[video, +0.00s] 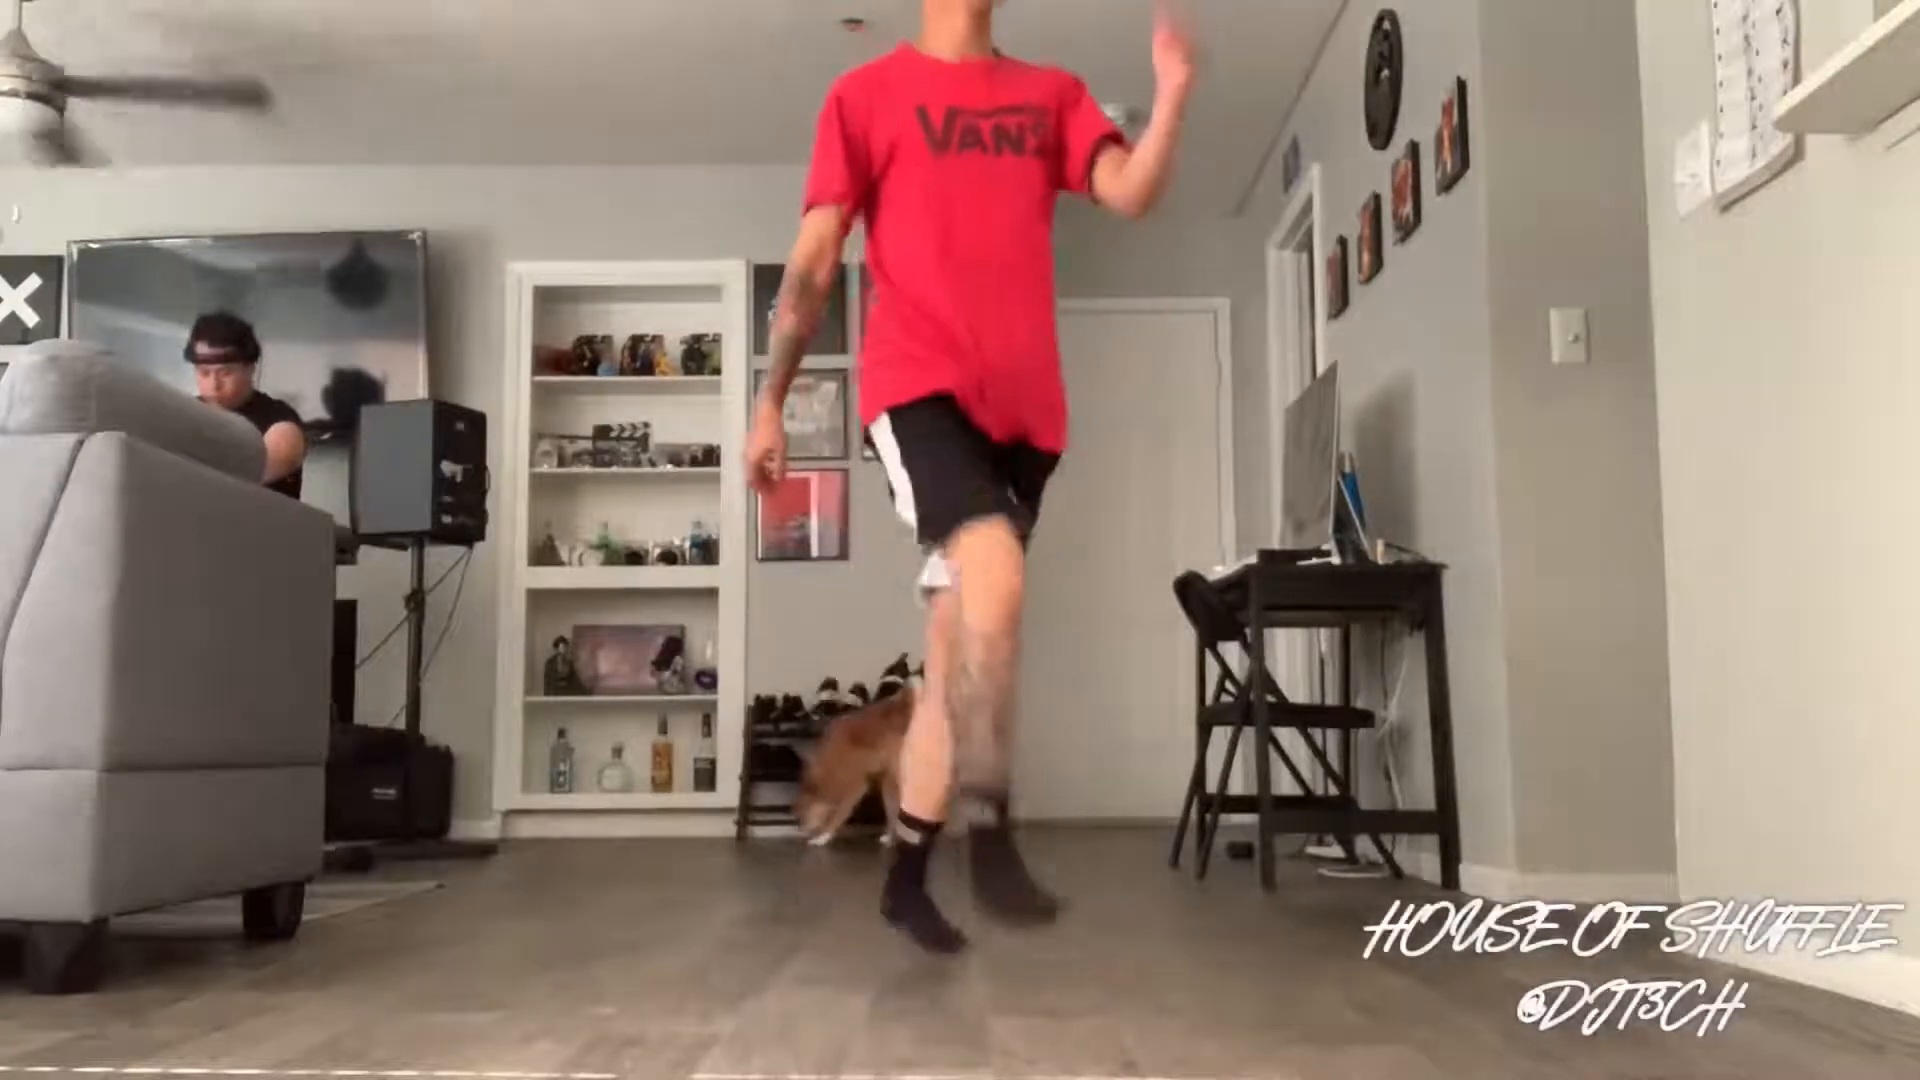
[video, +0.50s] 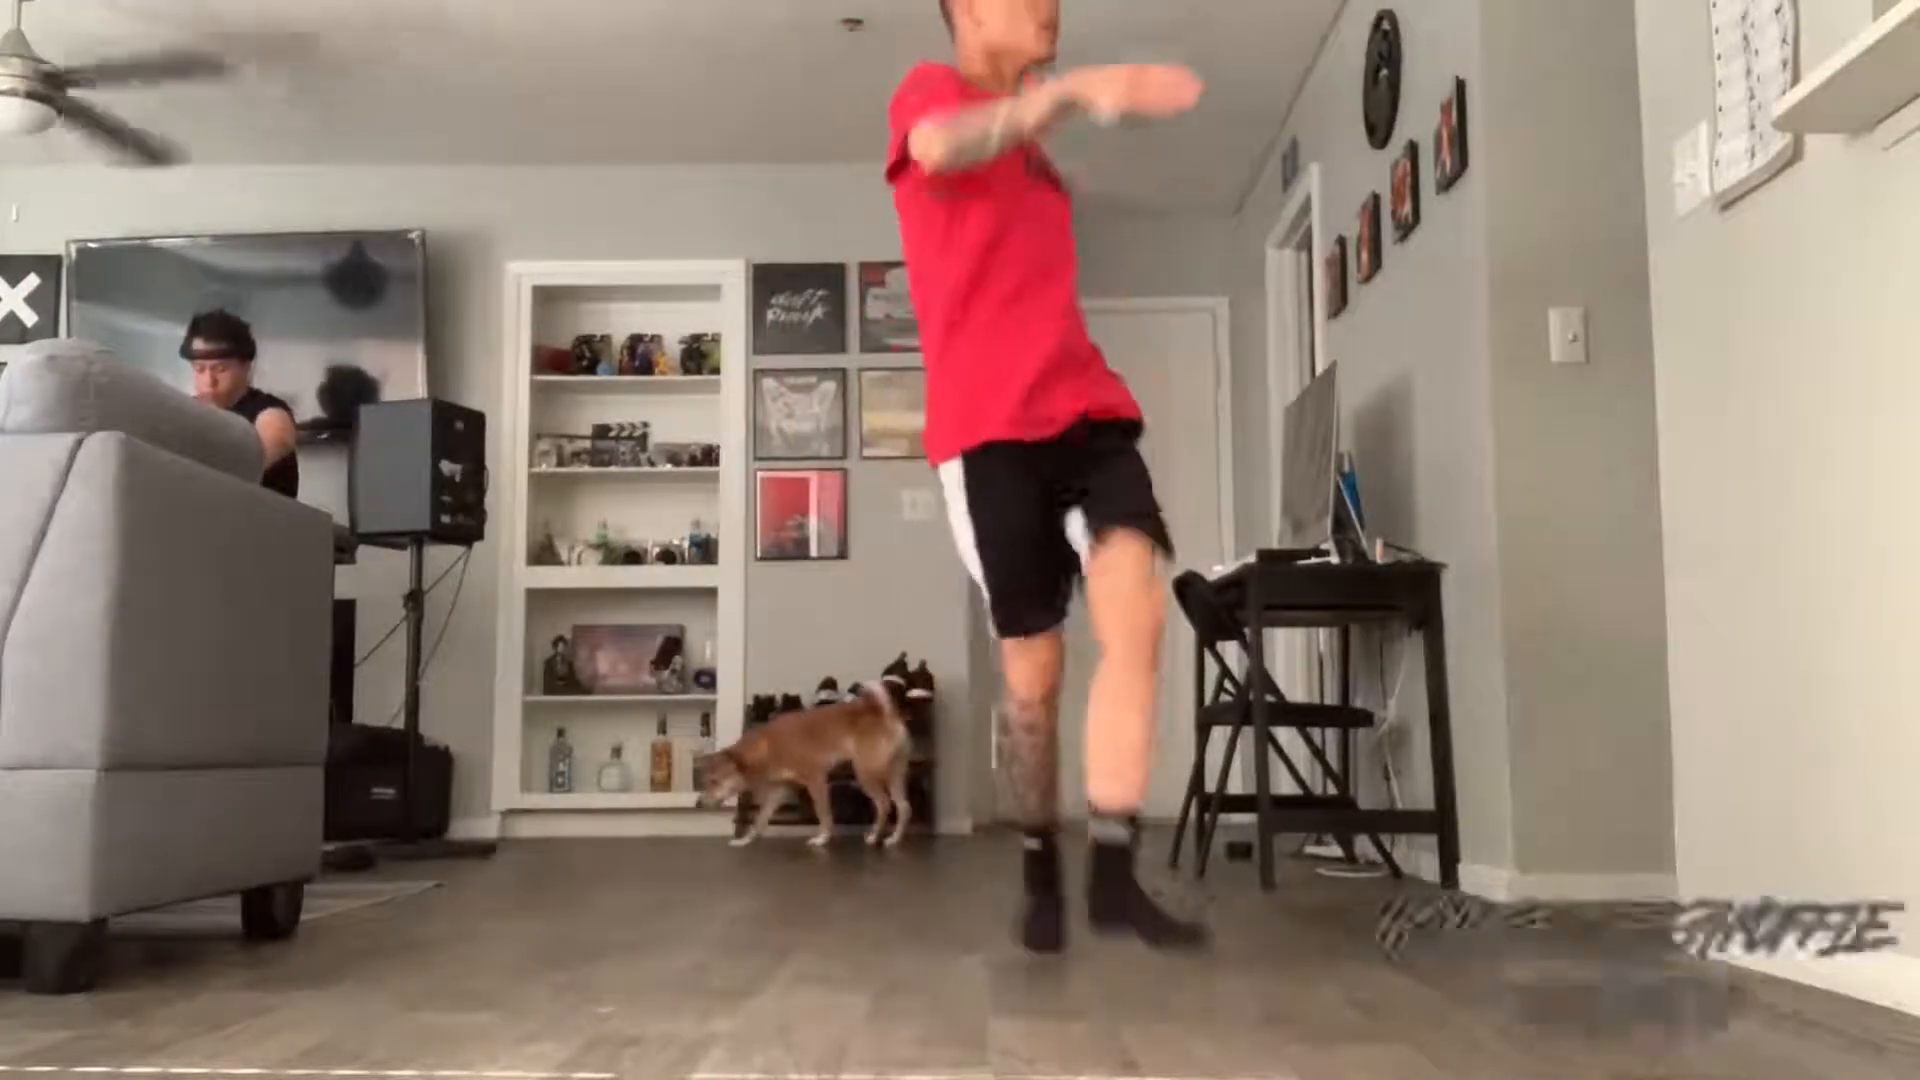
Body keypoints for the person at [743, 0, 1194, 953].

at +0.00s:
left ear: (983, 1)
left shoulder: (1051, 92)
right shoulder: (864, 95)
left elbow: (1129, 191)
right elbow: (812, 265)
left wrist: (1170, 98)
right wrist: (769, 404)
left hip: (1023, 392)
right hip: (914, 381)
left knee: (959, 642)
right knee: (994, 579)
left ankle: (906, 875)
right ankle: (990, 828)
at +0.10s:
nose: (993, 13)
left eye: (1002, 2)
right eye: (969, 0)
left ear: (1012, 24)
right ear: (915, 18)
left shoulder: (1051, 149)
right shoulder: (872, 154)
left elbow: (1174, 187)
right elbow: (803, 308)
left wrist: (1198, 62)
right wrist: (753, 445)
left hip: (1042, 449)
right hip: (938, 446)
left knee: (967, 678)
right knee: (1015, 663)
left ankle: (916, 888)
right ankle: (1019, 932)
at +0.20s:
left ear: (1009, 8)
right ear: (930, 4)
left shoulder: (1051, 104)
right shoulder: (879, 108)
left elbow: (1130, 209)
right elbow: (848, 278)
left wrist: (1203, 212)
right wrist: (845, 412)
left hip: (1053, 411)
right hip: (948, 416)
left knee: (1025, 672)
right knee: (983, 663)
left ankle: (928, 835)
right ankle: (1001, 915)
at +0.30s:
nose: (1013, 2)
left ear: (1022, 16)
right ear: (939, 7)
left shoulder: (1056, 132)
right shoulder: (895, 116)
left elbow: (1098, 277)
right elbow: (878, 277)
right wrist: (970, 326)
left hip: (1054, 413)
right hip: (950, 418)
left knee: (1102, 607)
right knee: (976, 667)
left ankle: (983, 718)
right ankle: (937, 906)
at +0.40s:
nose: (1037, 3)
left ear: (1028, 20)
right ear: (959, 5)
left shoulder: (1049, 133)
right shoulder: (917, 100)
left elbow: (1041, 253)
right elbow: (923, 232)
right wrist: (1048, 204)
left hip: (1059, 399)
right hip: (965, 420)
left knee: (1141, 543)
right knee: (989, 672)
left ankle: (1064, 735)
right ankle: (951, 902)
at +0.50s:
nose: (1050, 19)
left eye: (1050, 5)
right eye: (1030, 2)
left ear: (1036, 23)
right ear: (966, 12)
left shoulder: (1024, 131)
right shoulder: (929, 88)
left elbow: (1030, 290)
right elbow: (938, 145)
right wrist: (1072, 91)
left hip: (1087, 411)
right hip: (988, 425)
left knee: (1137, 611)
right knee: (1033, 675)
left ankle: (1116, 875)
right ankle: (1042, 871)